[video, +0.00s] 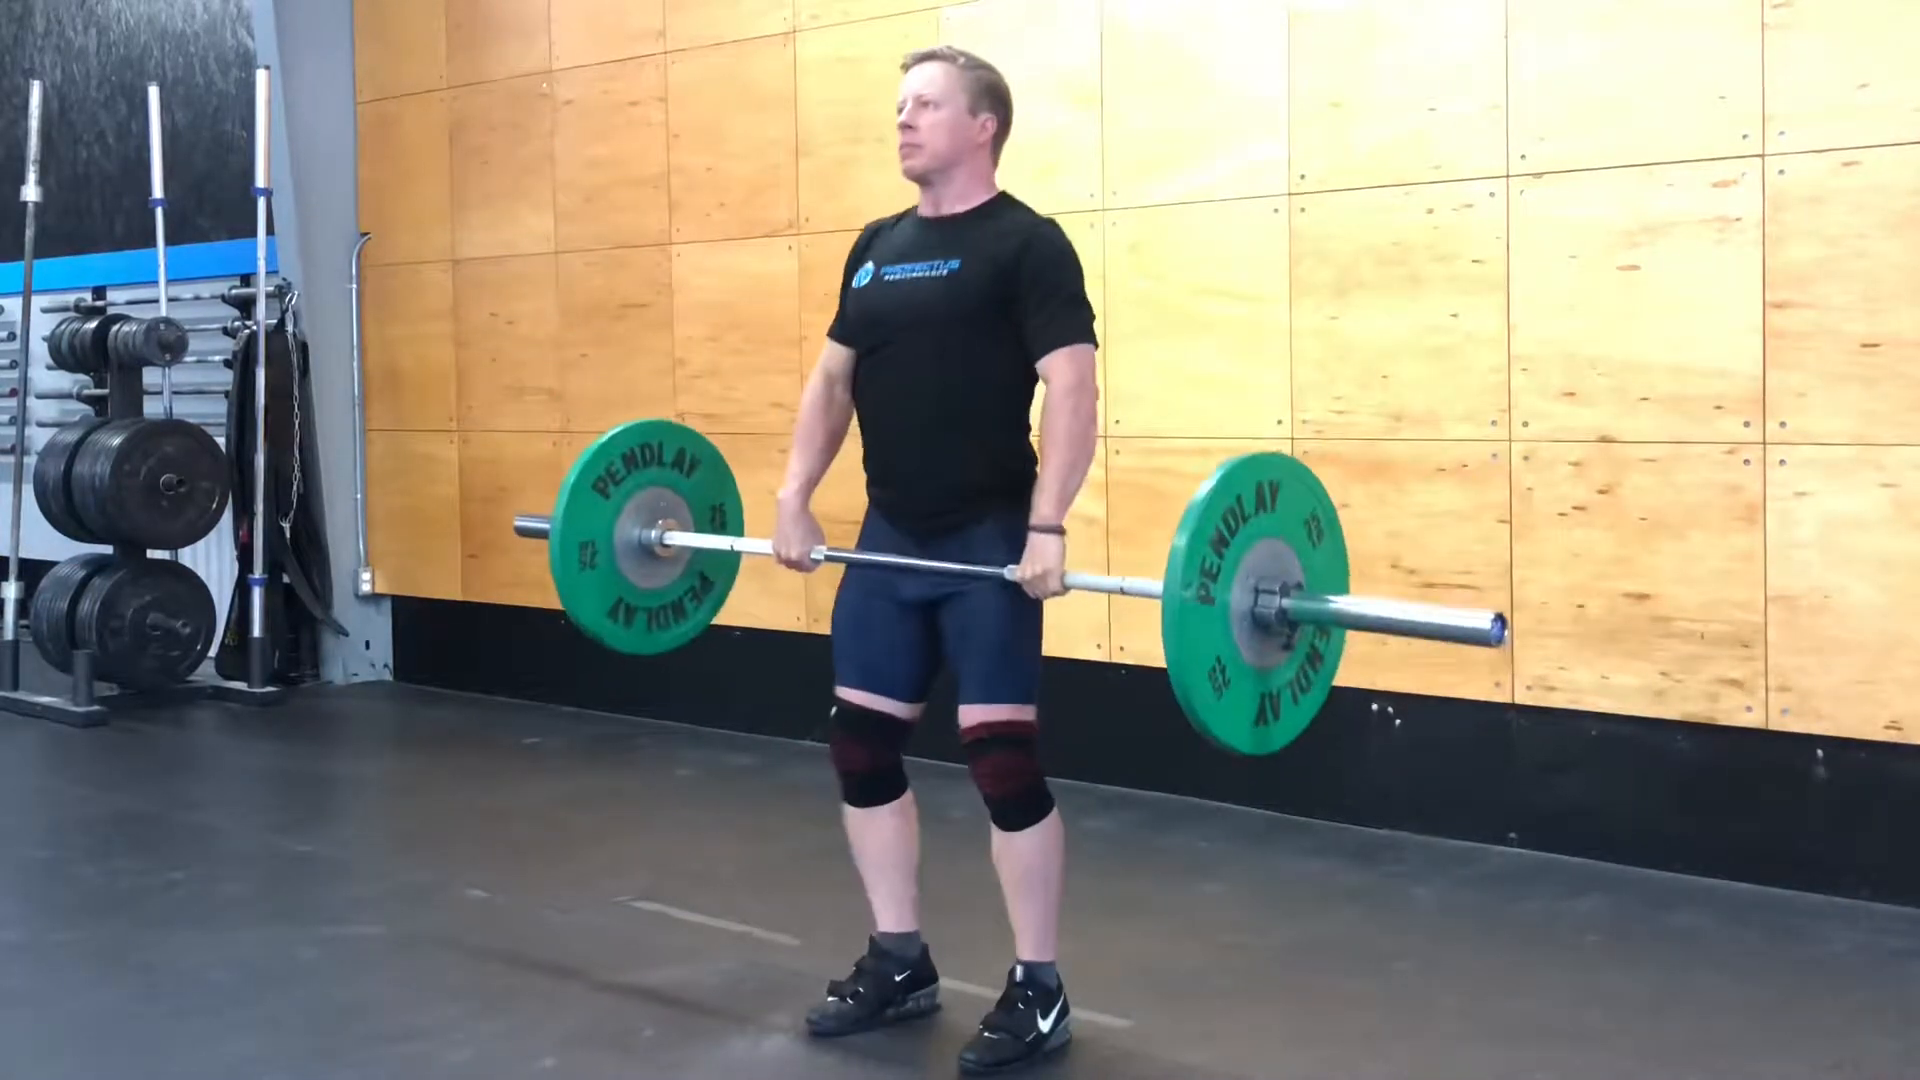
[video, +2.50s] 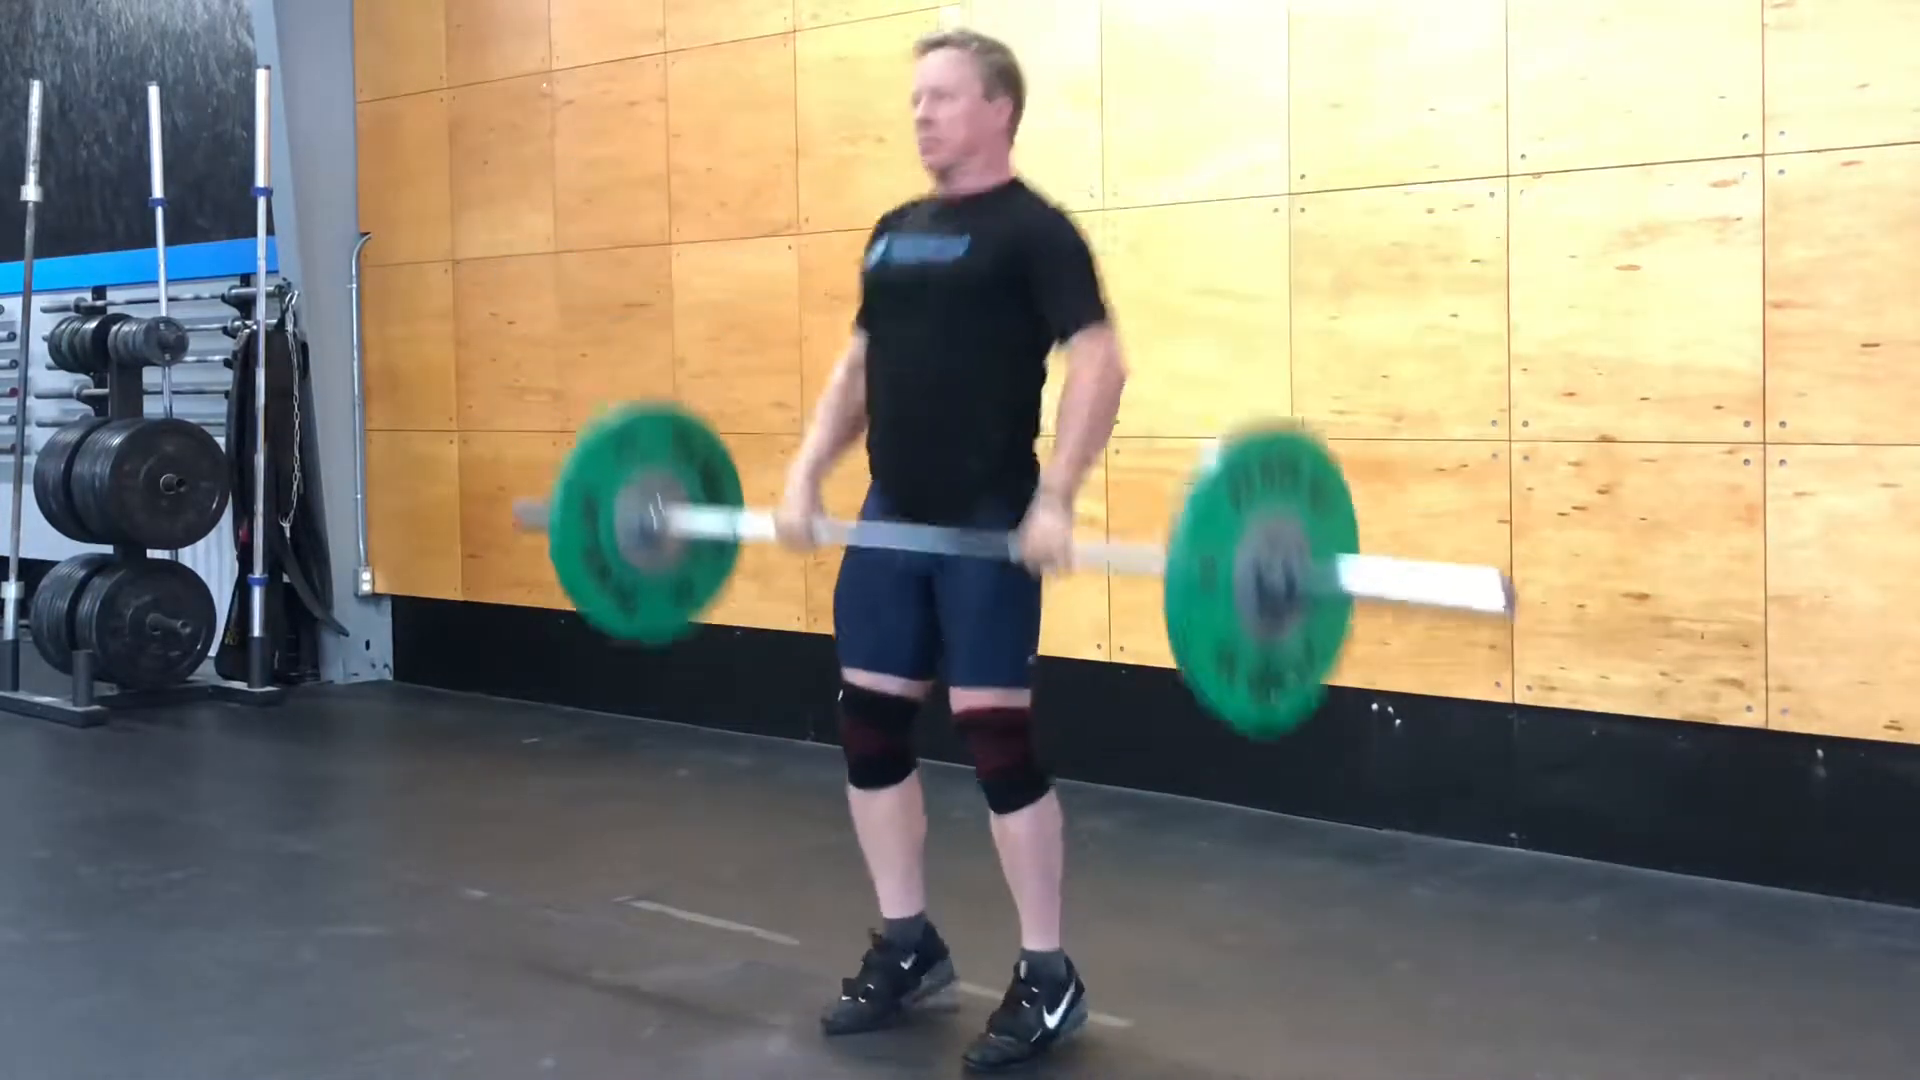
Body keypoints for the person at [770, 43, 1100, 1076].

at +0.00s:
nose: (901, 122)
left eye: (922, 109)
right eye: (901, 109)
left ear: (984, 127)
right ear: (908, 130)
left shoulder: (1031, 246)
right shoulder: (877, 246)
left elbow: (1073, 390)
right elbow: (833, 379)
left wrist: (1046, 523)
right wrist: (794, 495)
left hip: (992, 539)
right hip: (888, 533)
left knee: (1003, 764)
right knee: (862, 746)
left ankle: (1037, 989)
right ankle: (898, 962)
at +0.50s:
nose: (903, 115)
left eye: (924, 101)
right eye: (902, 101)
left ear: (983, 124)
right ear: (912, 124)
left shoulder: (1022, 250)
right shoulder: (869, 253)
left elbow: (1041, 408)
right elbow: (825, 392)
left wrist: (1040, 552)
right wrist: (791, 514)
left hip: (990, 535)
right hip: (889, 530)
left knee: (1004, 761)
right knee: (868, 743)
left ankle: (1036, 990)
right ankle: (899, 962)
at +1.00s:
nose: (896, 257)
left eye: (917, 244)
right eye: (895, 243)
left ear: (978, 265)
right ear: (898, 265)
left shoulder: (1019, 393)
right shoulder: (871, 399)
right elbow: (772, 504)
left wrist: (1008, 399)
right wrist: (764, 383)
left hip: (1050, 629)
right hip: (948, 633)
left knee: (1026, 788)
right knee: (810, 766)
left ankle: (1065, 994)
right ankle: (901, 957)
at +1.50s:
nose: (910, 443)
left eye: (930, 428)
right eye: (907, 428)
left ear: (988, 446)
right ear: (904, 440)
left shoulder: (1022, 563)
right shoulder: (874, 553)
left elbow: (946, 636)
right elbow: (735, 592)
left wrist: (987, 520)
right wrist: (789, 498)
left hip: (1060, 773)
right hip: (949, 774)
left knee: (1052, 815)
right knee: (795, 788)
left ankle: (1068, 995)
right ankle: (900, 957)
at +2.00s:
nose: (926, 117)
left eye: (948, 103)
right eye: (925, 103)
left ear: (1006, 124)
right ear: (931, 122)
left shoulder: (1043, 246)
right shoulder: (889, 241)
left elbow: (1042, 384)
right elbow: (820, 367)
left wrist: (1027, 252)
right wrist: (784, 252)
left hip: (1016, 523)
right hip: (915, 524)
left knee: (1020, 751)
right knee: (897, 741)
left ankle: (1062, 986)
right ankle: (914, 956)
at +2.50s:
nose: (921, 119)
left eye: (940, 103)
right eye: (916, 104)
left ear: (1001, 111)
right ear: (918, 116)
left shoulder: (1039, 231)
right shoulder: (896, 234)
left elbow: (1100, 364)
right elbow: (864, 363)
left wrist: (1057, 496)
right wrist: (806, 472)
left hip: (990, 533)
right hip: (888, 523)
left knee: (999, 747)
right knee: (870, 732)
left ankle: (1045, 977)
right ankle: (906, 945)